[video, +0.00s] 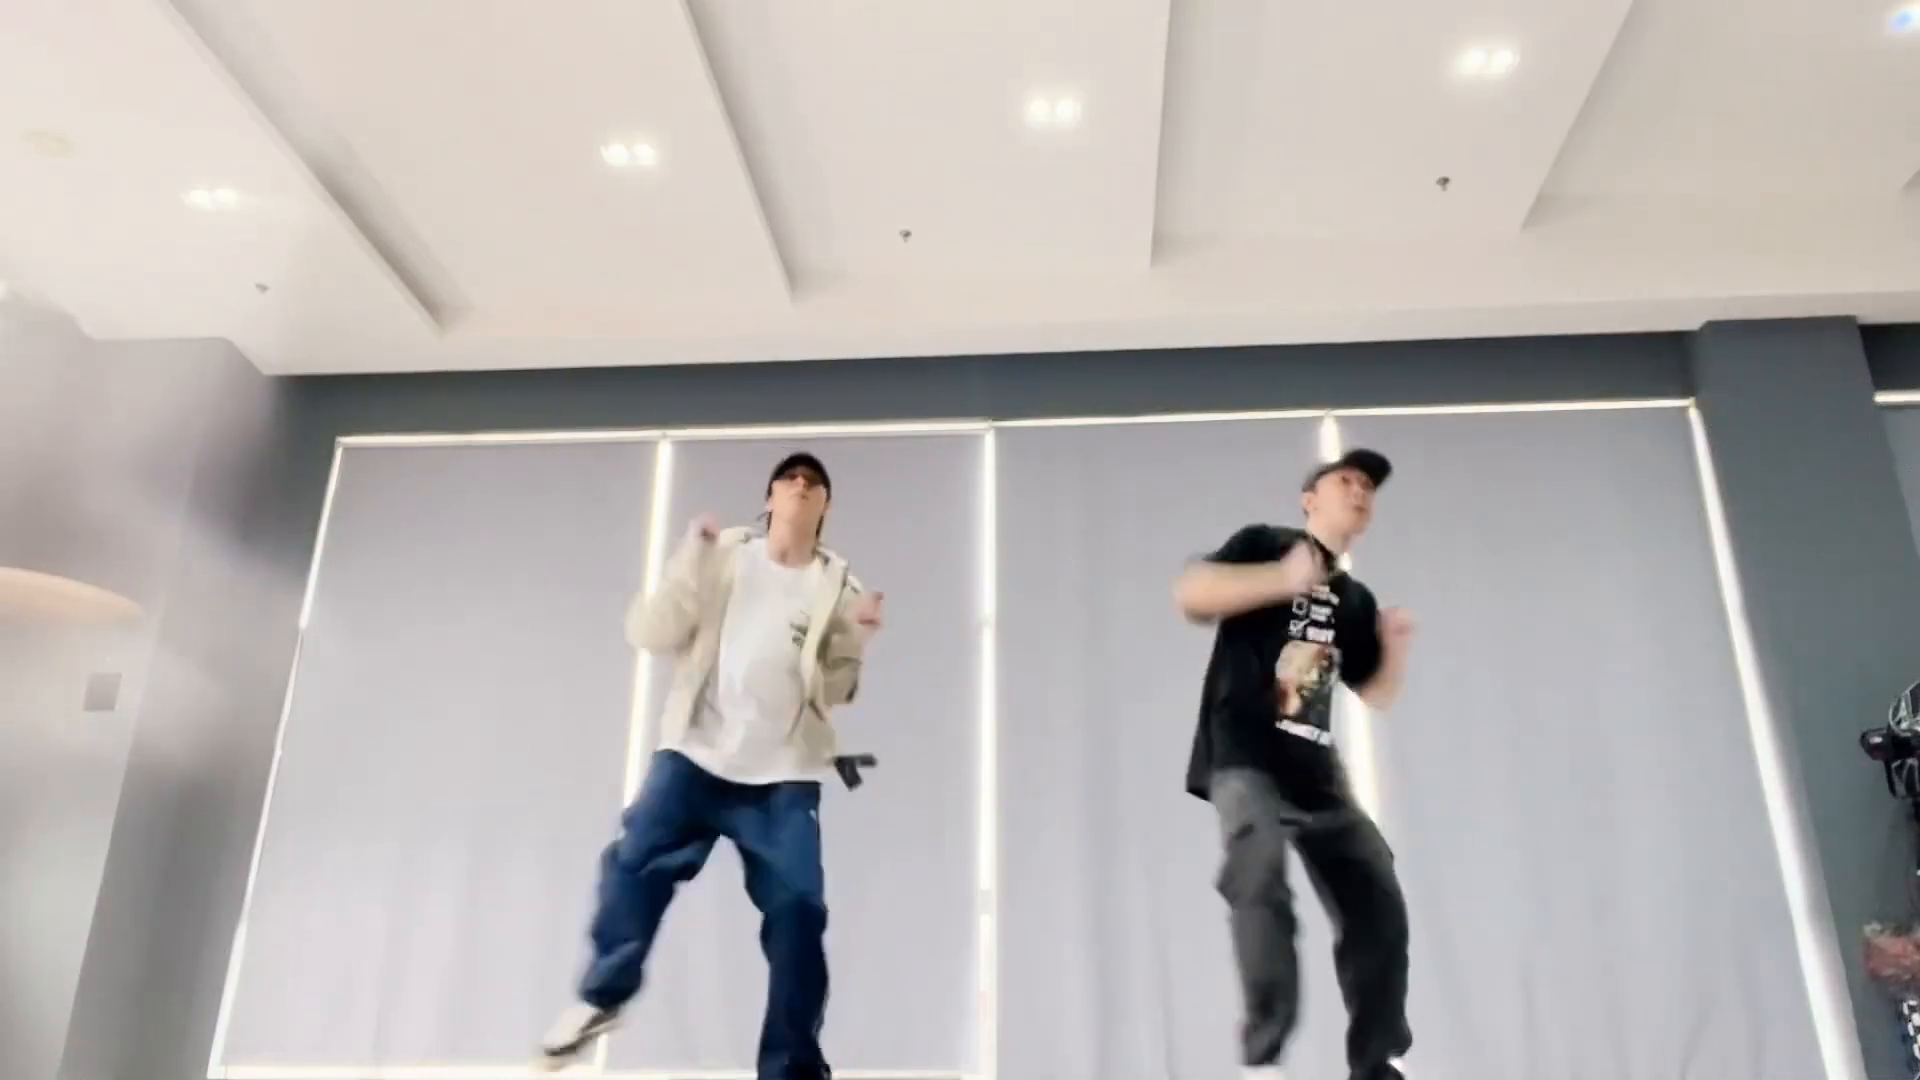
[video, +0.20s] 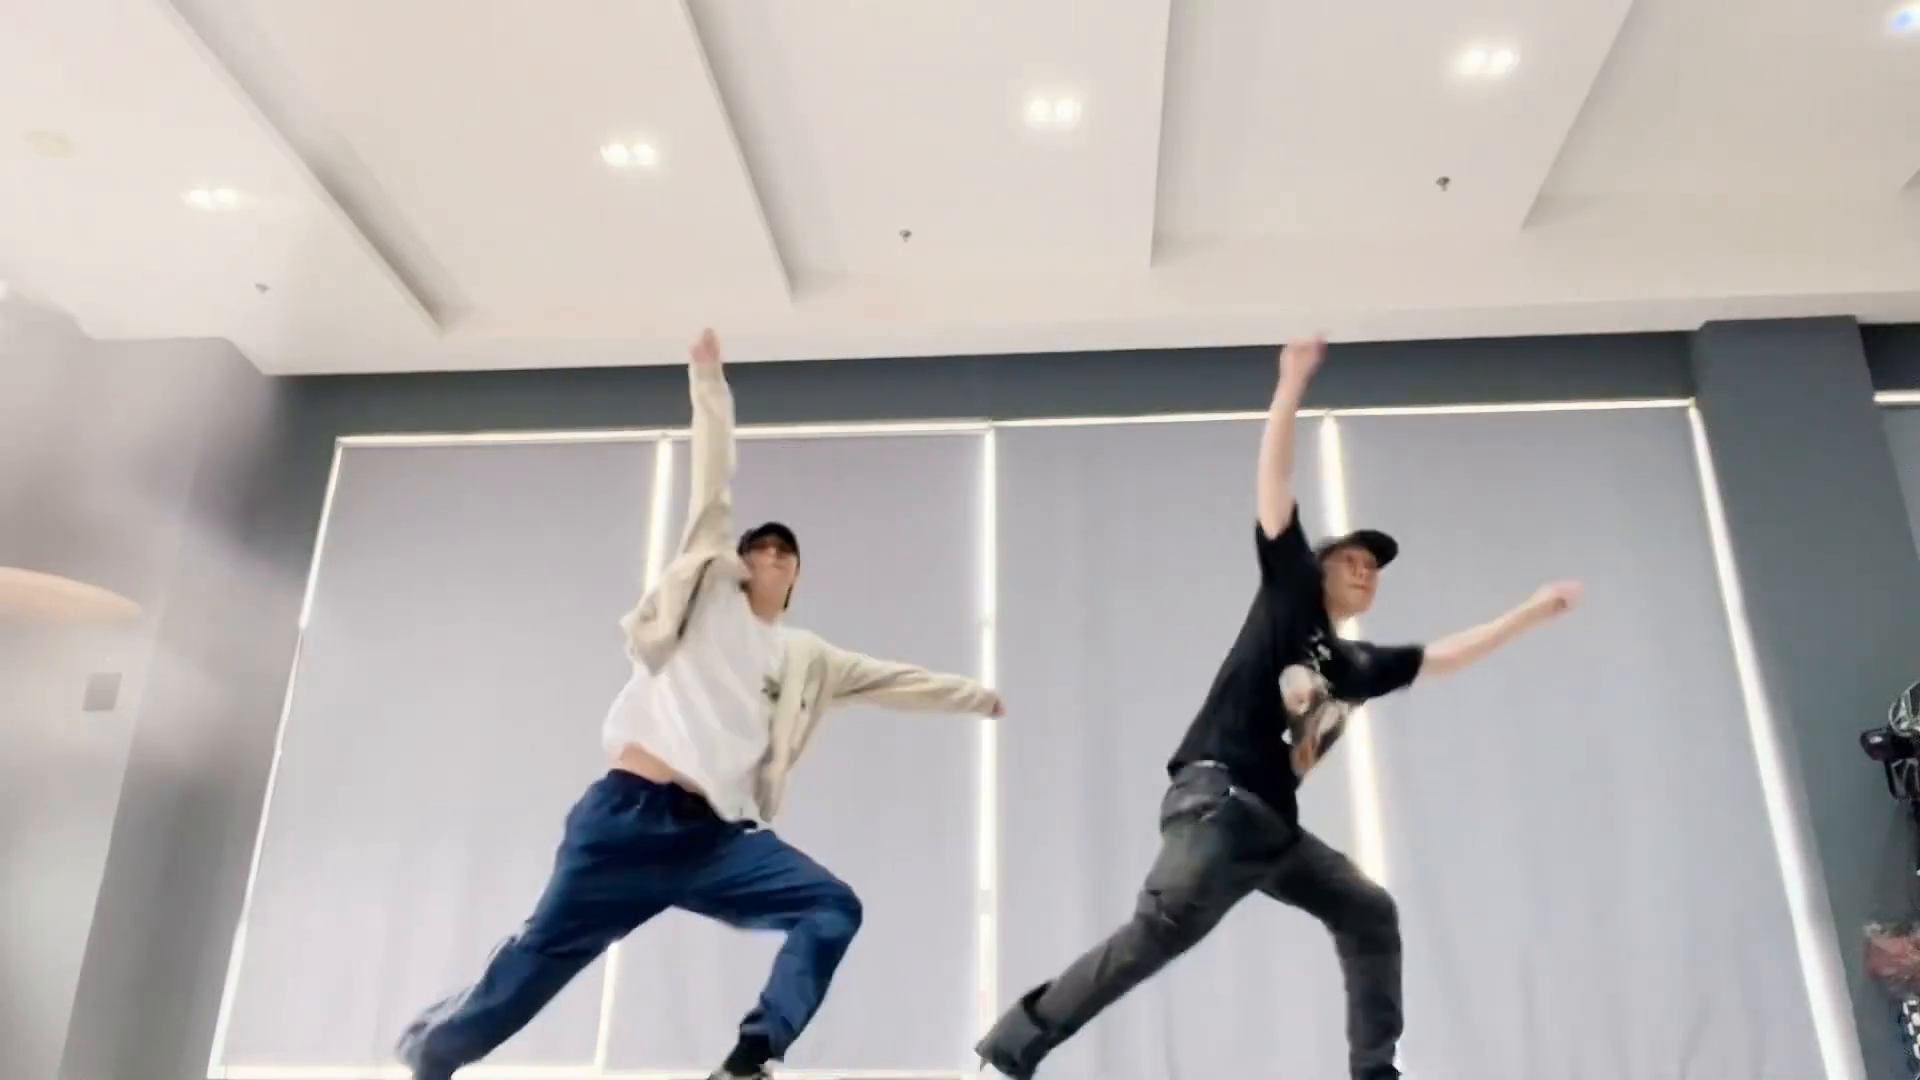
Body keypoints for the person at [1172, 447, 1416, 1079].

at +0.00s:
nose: (1359, 499)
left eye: (1368, 494)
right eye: (1346, 486)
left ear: (1370, 517)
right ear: (1310, 496)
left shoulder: (1356, 599)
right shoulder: (1263, 545)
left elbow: (1375, 693)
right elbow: (1192, 595)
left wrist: (1391, 651)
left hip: (1312, 761)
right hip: (1242, 747)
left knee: (1375, 897)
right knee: (1257, 868)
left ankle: (1376, 1060)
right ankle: (1264, 1051)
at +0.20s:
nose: (1365, 576)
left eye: (1372, 570)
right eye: (1351, 564)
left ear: (1376, 588)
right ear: (1323, 570)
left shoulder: (1360, 667)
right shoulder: (1290, 587)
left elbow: (1447, 656)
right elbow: (1274, 488)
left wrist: (1531, 613)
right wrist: (1289, 389)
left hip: (1274, 831)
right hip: (1215, 802)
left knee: (1370, 912)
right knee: (1159, 932)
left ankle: (1375, 1068)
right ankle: (1019, 1041)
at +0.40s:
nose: (1323, 484)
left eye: (1334, 477)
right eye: (1309, 476)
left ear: (1348, 497)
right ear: (1287, 495)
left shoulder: (1369, 597)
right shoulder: (1256, 561)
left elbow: (1362, 692)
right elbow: (1218, 664)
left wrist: (1348, 690)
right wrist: (1282, 654)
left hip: (1344, 761)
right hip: (1263, 740)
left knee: (1400, 910)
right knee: (1262, 871)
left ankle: (1385, 1071)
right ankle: (1185, 1020)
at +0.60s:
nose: (1251, 510)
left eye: (1262, 498)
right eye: (1238, 505)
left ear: (1289, 506)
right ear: (1229, 527)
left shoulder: (1351, 541)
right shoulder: (1245, 609)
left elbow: (1434, 486)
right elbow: (1223, 674)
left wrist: (1376, 423)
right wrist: (1175, 663)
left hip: (1423, 773)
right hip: (1328, 796)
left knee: (1515, 867)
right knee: (1266, 890)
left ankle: (1510, 1034)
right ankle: (1305, 1063)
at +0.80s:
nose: (1282, 566)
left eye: (1292, 556)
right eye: (1267, 563)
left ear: (1316, 569)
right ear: (1255, 589)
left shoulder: (1355, 586)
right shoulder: (1265, 665)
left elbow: (1385, 495)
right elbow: (1189, 675)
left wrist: (1371, 400)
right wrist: (1102, 654)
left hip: (1472, 802)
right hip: (1393, 835)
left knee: (1600, 939)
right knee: (1281, 914)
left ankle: (1767, 1059)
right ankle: (1309, 1071)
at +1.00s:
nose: (1305, 502)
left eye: (1315, 495)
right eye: (1291, 492)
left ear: (1326, 513)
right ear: (1260, 509)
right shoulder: (1243, 616)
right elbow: (1262, 720)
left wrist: (1425, 667)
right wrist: (1273, 753)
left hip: (1403, 785)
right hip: (1313, 796)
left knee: (1476, 893)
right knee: (1258, 909)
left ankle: (1590, 1053)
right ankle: (1307, 1071)